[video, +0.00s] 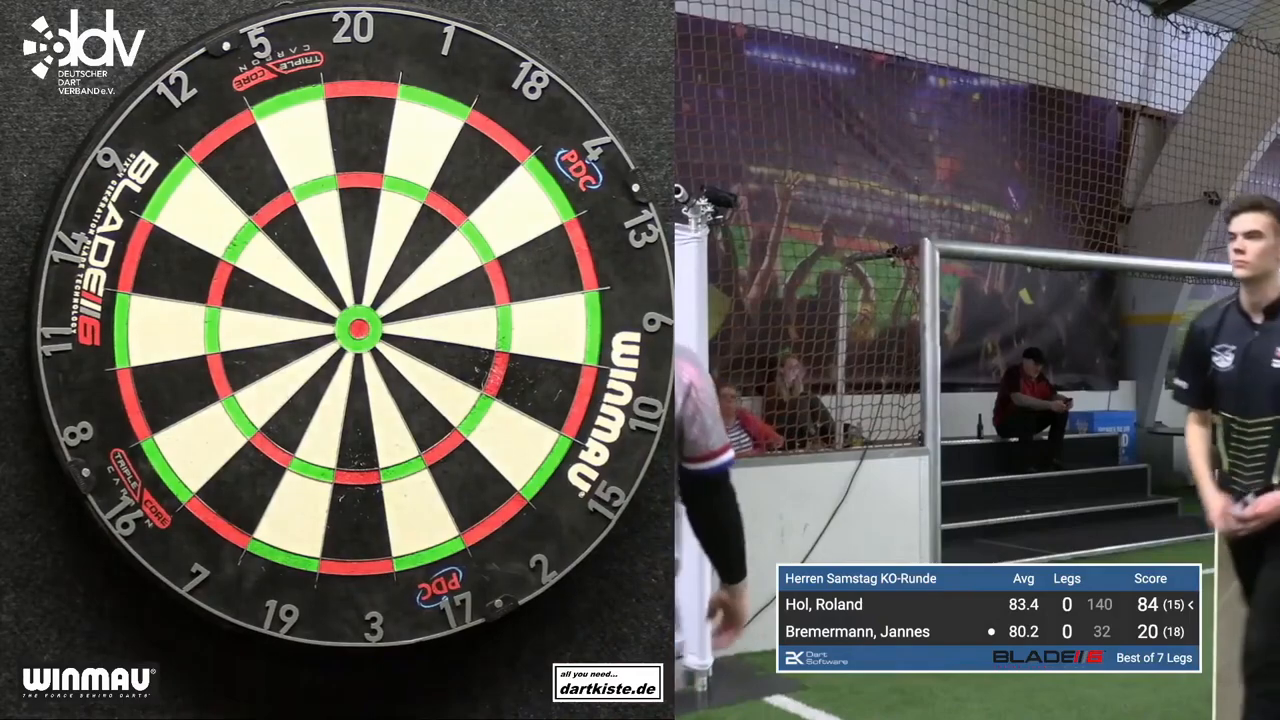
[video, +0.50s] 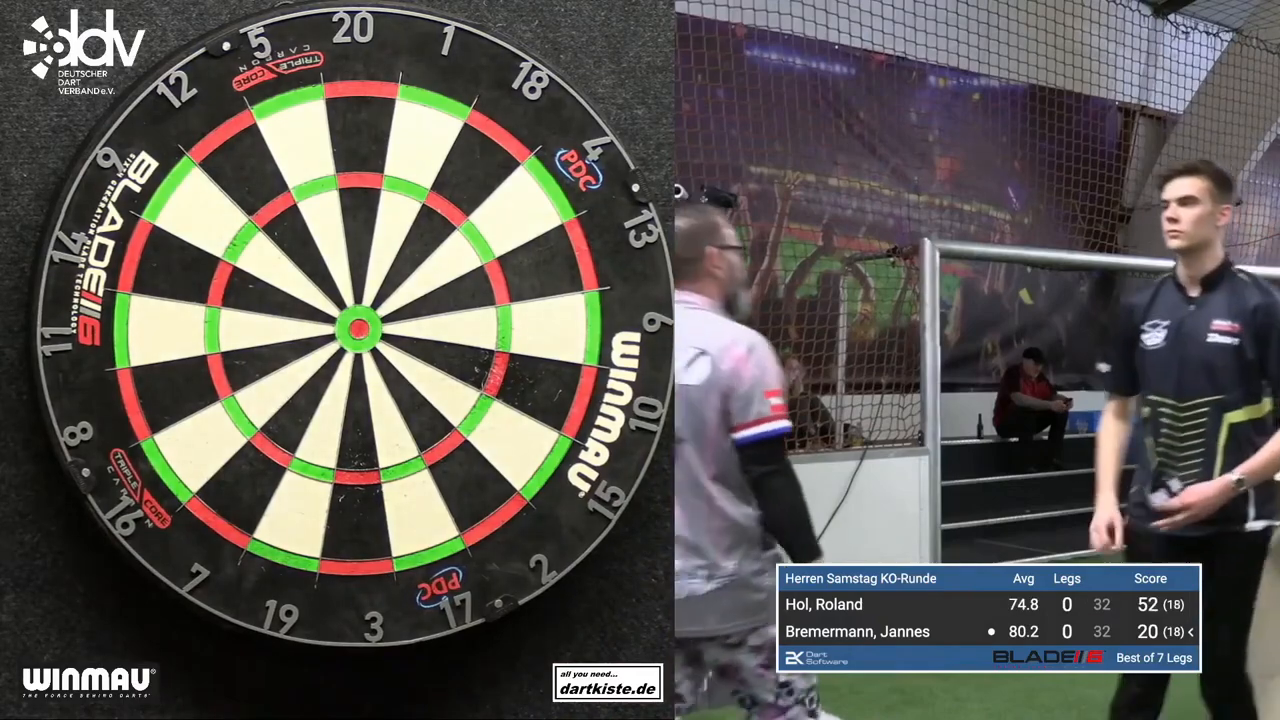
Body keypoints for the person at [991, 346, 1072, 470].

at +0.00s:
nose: (1038, 368)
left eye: (1040, 365)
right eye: (1035, 364)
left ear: (1042, 366)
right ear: (1024, 362)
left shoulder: (1040, 379)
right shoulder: (1012, 374)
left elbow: (1051, 395)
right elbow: (1017, 399)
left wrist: (1063, 401)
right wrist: (1050, 405)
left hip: (1029, 421)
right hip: (1006, 423)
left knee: (1060, 413)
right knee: (1027, 418)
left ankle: (1053, 457)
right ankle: (1026, 463)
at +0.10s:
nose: (1038, 368)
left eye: (1040, 365)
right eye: (1035, 364)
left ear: (1042, 366)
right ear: (1025, 362)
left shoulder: (1040, 379)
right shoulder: (1012, 374)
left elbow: (1051, 395)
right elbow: (1017, 399)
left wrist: (1064, 401)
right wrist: (1050, 405)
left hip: (1029, 421)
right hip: (1006, 423)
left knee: (1060, 413)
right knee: (1027, 418)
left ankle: (1053, 457)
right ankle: (1026, 463)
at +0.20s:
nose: (1038, 368)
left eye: (1040, 365)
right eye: (1035, 364)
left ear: (1042, 366)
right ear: (1024, 362)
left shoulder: (1040, 379)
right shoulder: (1012, 374)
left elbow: (1051, 395)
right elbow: (1017, 399)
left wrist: (1063, 401)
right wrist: (1050, 405)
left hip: (1029, 421)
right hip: (1006, 423)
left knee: (1060, 413)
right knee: (1027, 418)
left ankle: (1053, 457)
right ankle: (1026, 463)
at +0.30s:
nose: (1038, 368)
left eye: (1040, 365)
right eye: (1035, 364)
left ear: (1042, 366)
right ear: (1025, 362)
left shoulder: (1040, 379)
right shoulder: (1012, 374)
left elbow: (1051, 396)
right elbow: (1017, 399)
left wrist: (1063, 401)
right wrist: (1050, 405)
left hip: (1029, 421)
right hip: (1006, 423)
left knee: (1060, 413)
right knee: (1027, 418)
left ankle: (1053, 457)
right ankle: (1026, 463)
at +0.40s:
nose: (1038, 368)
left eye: (1040, 365)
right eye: (1035, 364)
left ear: (1042, 366)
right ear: (1024, 362)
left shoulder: (1040, 378)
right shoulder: (1012, 374)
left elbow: (1051, 395)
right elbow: (1017, 399)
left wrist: (1064, 401)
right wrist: (1050, 405)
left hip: (1029, 421)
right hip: (1006, 423)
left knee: (1060, 413)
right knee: (1027, 416)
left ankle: (1053, 457)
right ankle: (1026, 463)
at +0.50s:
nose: (1038, 368)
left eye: (1040, 365)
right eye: (1035, 364)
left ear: (1042, 366)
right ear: (1025, 362)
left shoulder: (1040, 378)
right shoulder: (1012, 374)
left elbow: (1051, 395)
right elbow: (1017, 399)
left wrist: (1064, 401)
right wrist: (1050, 405)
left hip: (1030, 421)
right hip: (1006, 423)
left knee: (1060, 413)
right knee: (1027, 416)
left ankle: (1053, 456)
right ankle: (1026, 462)